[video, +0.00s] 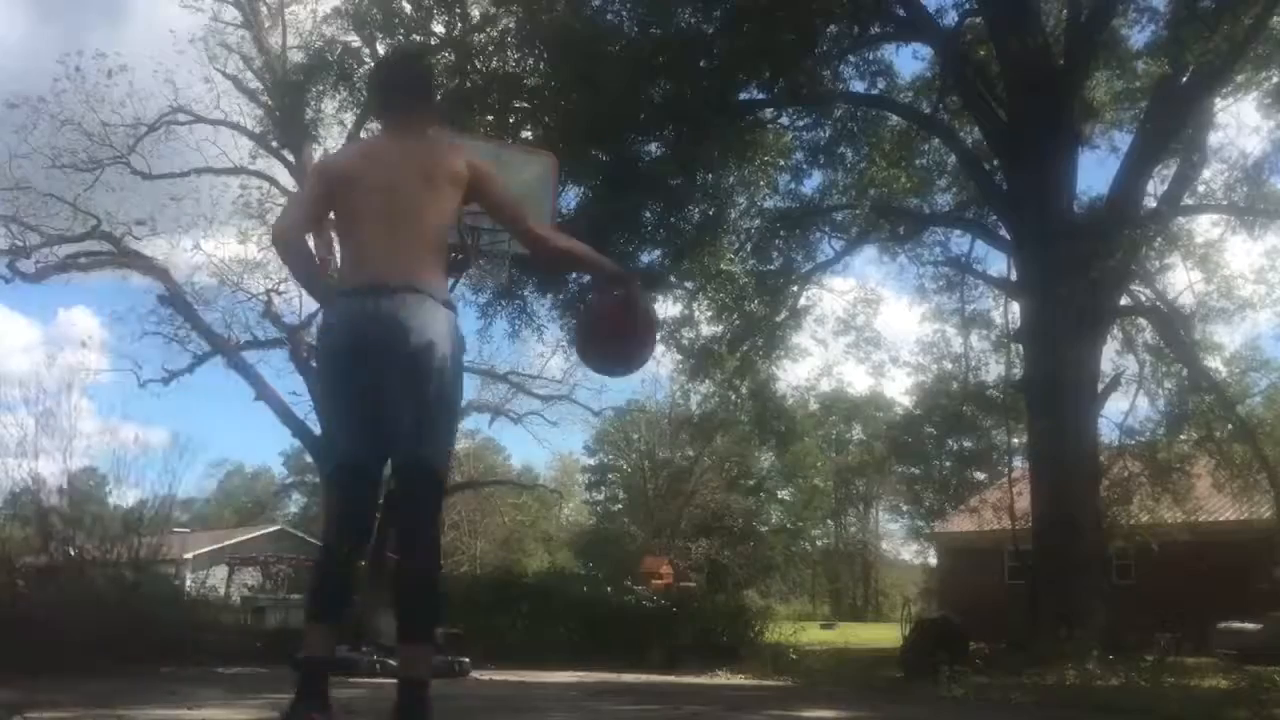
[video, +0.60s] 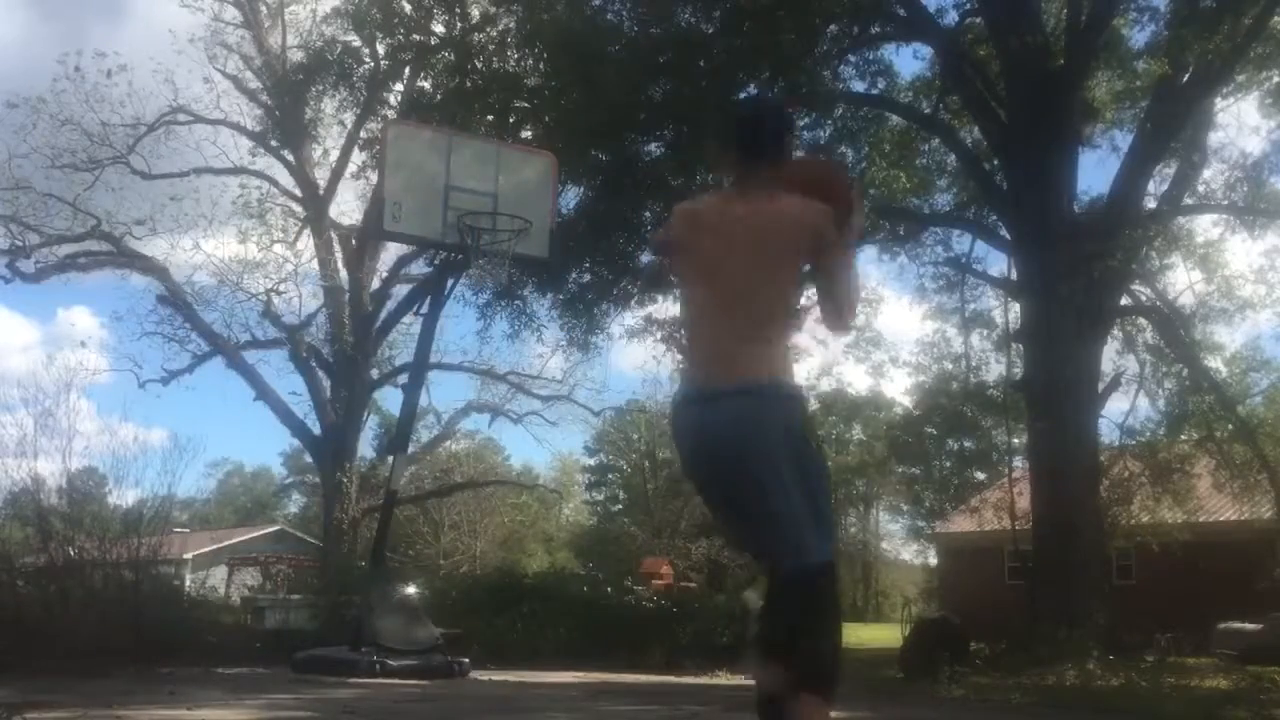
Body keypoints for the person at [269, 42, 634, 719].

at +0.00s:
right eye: (428, 99)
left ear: (374, 102)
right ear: (432, 100)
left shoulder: (335, 164)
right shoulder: (455, 157)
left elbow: (286, 234)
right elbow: (536, 236)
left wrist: (329, 297)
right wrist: (612, 268)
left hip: (346, 321)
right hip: (423, 323)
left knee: (344, 516)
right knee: (419, 512)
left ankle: (311, 691)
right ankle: (414, 694)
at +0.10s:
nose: (426, 120)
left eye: (420, 109)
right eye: (447, 108)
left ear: (412, 118)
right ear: (468, 113)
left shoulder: (379, 192)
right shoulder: (499, 175)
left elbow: (365, 296)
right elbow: (571, 247)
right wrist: (644, 271)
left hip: (393, 354)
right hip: (472, 350)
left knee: (388, 543)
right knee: (517, 531)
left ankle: (339, 692)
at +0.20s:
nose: (517, 157)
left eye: (470, 152)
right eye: (520, 147)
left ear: (466, 154)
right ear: (520, 148)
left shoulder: (440, 221)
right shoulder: (559, 208)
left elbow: (469, 318)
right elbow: (621, 294)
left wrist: (569, 338)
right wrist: (677, 311)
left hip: (455, 390)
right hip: (534, 390)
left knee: (427, 561)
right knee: (606, 544)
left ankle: (361, 697)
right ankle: (683, 686)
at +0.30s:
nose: (598, 158)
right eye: (601, 150)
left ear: (539, 154)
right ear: (597, 148)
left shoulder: (521, 220)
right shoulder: (633, 204)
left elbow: (541, 322)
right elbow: (655, 315)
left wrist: (661, 357)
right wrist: (702, 349)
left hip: (544, 392)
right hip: (620, 389)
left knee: (524, 565)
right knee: (696, 543)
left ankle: (434, 673)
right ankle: (766, 687)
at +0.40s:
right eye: (680, 163)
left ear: (624, 169)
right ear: (684, 166)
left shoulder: (594, 242)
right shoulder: (710, 226)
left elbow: (580, 366)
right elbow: (713, 335)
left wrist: (655, 356)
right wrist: (752, 397)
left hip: (612, 426)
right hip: (690, 416)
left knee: (650, 575)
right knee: (765, 571)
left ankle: (549, 661)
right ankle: (794, 709)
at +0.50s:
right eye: (746, 168)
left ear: (687, 172)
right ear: (746, 171)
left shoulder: (657, 240)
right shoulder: (771, 233)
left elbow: (626, 350)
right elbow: (771, 339)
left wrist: (690, 330)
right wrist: (801, 377)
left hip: (660, 425)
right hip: (733, 419)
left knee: (740, 543)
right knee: (800, 579)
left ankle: (697, 679)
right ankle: (806, 707)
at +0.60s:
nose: (783, 157)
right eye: (784, 147)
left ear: (729, 150)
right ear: (785, 151)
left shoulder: (687, 218)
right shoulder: (808, 216)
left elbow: (665, 267)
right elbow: (840, 314)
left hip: (696, 412)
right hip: (769, 410)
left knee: (784, 561)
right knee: (811, 562)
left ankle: (774, 689)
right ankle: (808, 702)